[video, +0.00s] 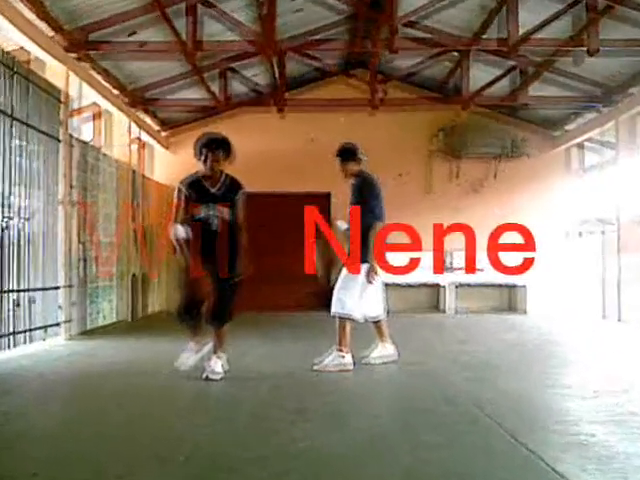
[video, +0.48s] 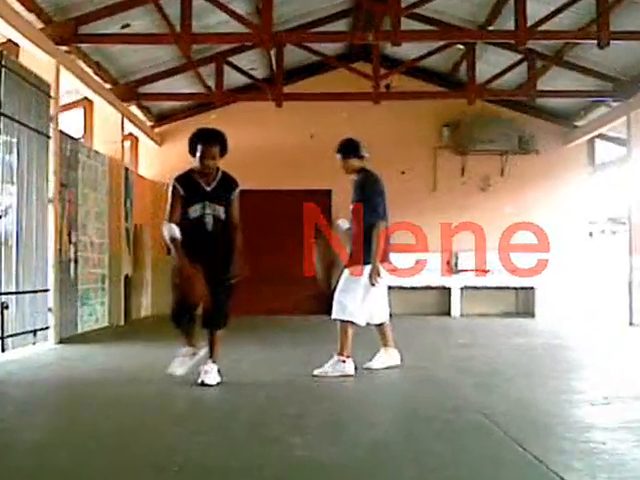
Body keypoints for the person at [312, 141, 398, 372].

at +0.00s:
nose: (342, 171)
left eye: (343, 166)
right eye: (341, 166)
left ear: (351, 163)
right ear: (353, 163)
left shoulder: (366, 183)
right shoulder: (359, 184)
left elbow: (376, 223)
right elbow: (362, 223)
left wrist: (373, 260)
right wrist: (345, 228)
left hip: (364, 259)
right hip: (361, 257)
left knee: (343, 300)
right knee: (372, 303)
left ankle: (342, 352)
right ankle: (385, 344)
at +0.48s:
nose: (342, 166)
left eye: (343, 161)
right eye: (341, 161)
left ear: (353, 159)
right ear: (355, 159)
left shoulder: (370, 181)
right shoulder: (361, 182)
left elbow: (380, 223)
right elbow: (365, 222)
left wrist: (376, 261)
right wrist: (349, 227)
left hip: (365, 260)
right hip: (363, 258)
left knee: (344, 304)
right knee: (377, 306)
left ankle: (343, 358)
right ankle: (389, 350)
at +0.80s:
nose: (380, 176)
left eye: (383, 171)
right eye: (376, 172)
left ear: (389, 171)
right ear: (372, 173)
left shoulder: (401, 190)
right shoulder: (371, 197)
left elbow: (421, 203)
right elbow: (359, 219)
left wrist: (436, 194)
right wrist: (339, 226)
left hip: (393, 254)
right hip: (375, 254)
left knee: (380, 296)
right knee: (368, 297)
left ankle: (412, 335)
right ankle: (379, 338)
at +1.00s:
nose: (393, 165)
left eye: (396, 160)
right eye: (389, 161)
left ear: (403, 161)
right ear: (385, 163)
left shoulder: (419, 179)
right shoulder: (385, 187)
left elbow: (444, 183)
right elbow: (368, 205)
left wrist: (460, 172)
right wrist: (339, 208)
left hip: (414, 248)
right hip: (393, 249)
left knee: (410, 295)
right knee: (390, 293)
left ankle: (424, 338)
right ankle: (394, 334)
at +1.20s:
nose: (409, 160)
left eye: (412, 155)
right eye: (405, 156)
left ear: (419, 155)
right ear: (400, 157)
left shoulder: (433, 175)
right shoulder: (396, 181)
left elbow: (460, 190)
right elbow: (388, 208)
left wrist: (476, 196)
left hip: (430, 240)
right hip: (405, 244)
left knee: (436, 288)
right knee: (413, 294)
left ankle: (449, 337)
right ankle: (423, 338)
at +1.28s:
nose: (419, 173)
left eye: (423, 167)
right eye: (415, 168)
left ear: (429, 168)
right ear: (410, 169)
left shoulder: (440, 190)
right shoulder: (403, 194)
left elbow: (465, 209)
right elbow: (399, 228)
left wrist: (482, 225)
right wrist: (402, 256)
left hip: (439, 254)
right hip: (413, 258)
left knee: (453, 296)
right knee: (419, 303)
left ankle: (469, 341)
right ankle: (428, 342)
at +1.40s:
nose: (431, 186)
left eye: (435, 182)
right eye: (428, 181)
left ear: (443, 181)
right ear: (423, 181)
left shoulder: (451, 202)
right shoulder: (413, 203)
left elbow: (467, 229)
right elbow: (410, 241)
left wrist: (482, 253)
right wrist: (415, 272)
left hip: (448, 264)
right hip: (423, 268)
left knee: (464, 306)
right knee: (425, 309)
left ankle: (479, 346)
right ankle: (429, 340)